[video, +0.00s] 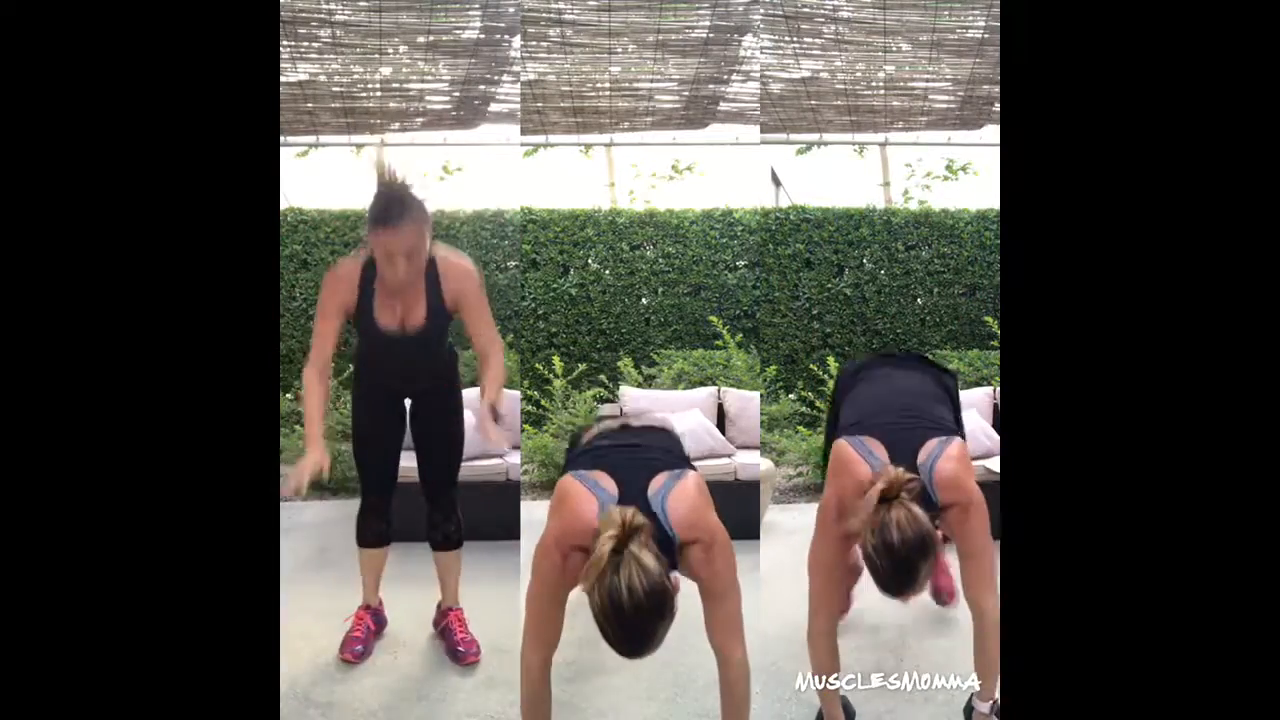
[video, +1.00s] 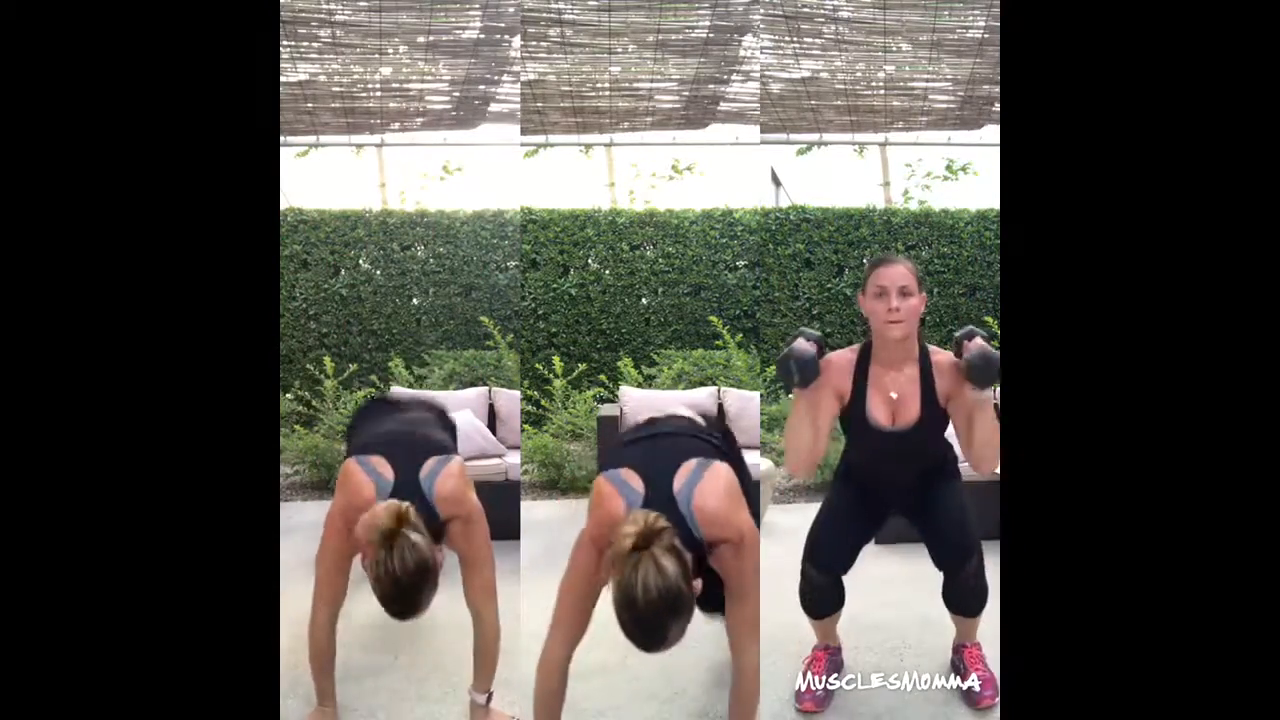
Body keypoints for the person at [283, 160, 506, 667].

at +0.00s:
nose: (399, 266)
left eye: (409, 254)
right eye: (387, 255)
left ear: (427, 238)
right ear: (371, 241)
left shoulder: (457, 272)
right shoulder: (347, 277)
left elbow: (492, 348)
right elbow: (318, 365)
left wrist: (488, 402)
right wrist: (314, 445)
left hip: (437, 388)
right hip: (375, 389)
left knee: (442, 498)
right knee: (375, 498)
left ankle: (450, 611)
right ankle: (370, 609)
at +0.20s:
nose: (407, 426)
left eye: (416, 418)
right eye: (397, 419)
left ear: (430, 394)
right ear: (379, 393)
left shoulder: (455, 387)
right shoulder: (358, 389)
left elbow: (489, 495)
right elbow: (322, 505)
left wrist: (499, 588)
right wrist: (309, 617)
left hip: (439, 434)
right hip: (376, 436)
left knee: (461, 518)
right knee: (358, 523)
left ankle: (450, 613)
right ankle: (369, 611)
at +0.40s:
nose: (410, 562)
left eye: (418, 556)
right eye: (400, 557)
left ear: (438, 512)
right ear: (380, 513)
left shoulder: (455, 477)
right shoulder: (358, 475)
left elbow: (478, 595)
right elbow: (337, 599)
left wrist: (482, 695)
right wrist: (324, 702)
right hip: (368, 377)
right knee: (361, 514)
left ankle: (452, 609)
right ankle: (369, 607)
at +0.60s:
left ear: (433, 553)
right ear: (365, 559)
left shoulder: (459, 506)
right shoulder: (349, 503)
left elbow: (484, 610)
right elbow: (321, 611)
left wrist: (481, 701)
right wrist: (325, 704)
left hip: (436, 395)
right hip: (364, 397)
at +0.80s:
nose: (412, 602)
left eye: (422, 594)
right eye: (401, 597)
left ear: (437, 547)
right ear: (370, 549)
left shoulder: (460, 499)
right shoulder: (352, 491)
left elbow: (485, 612)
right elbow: (322, 613)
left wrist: (481, 701)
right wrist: (326, 706)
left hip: (439, 453)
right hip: (372, 454)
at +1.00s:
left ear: (439, 552)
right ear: (366, 558)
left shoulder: (458, 500)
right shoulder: (352, 494)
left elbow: (485, 612)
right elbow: (323, 613)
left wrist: (481, 702)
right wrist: (325, 707)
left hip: (435, 419)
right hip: (369, 419)